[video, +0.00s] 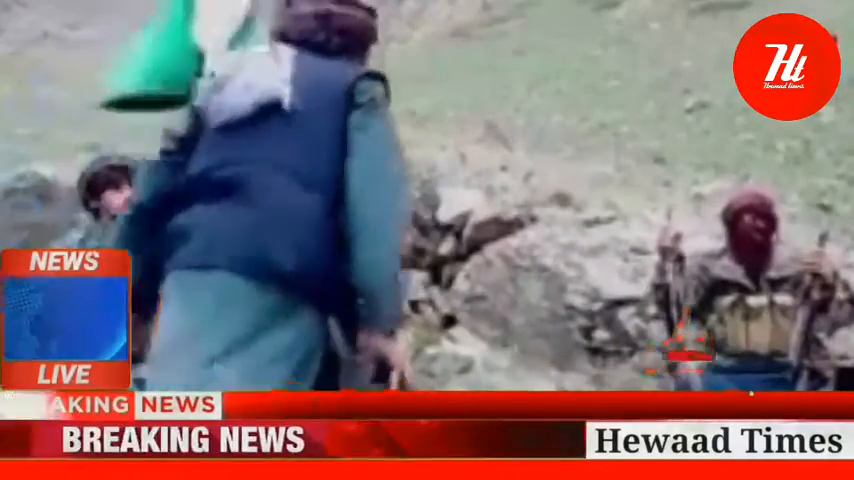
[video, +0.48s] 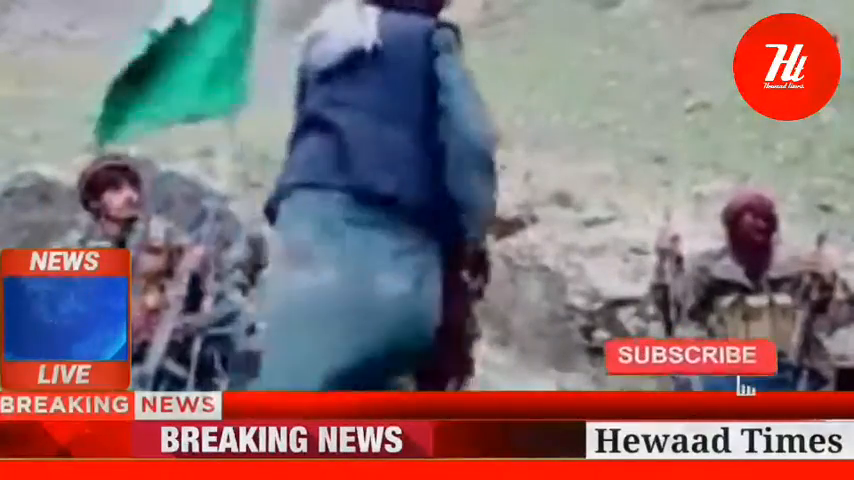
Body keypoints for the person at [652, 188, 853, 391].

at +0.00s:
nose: (759, 224)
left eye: (765, 218)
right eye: (750, 216)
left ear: (774, 227)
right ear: (732, 224)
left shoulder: (796, 270)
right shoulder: (705, 268)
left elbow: (825, 323)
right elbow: (675, 317)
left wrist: (829, 285)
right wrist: (668, 265)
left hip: (784, 373)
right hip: (723, 373)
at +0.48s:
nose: (762, 224)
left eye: (766, 217)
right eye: (752, 215)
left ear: (774, 225)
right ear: (732, 221)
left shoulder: (794, 267)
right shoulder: (706, 268)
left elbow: (827, 322)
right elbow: (673, 313)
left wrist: (828, 288)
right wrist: (667, 265)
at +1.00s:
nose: (762, 225)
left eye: (767, 219)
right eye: (753, 217)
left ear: (773, 226)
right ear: (731, 224)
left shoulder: (794, 269)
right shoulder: (703, 268)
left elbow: (831, 319)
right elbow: (675, 314)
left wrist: (827, 288)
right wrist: (665, 267)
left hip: (786, 377)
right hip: (720, 378)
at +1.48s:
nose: (755, 223)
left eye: (762, 216)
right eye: (746, 216)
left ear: (773, 226)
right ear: (730, 226)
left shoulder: (794, 267)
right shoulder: (705, 267)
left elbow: (836, 319)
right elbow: (675, 309)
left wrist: (828, 286)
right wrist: (665, 267)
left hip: (786, 372)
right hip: (721, 373)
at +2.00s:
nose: (752, 225)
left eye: (761, 217)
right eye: (743, 217)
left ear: (774, 227)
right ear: (731, 227)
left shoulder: (797, 270)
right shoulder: (706, 269)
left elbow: (835, 317)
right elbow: (676, 310)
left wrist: (830, 285)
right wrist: (664, 270)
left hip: (786, 378)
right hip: (721, 378)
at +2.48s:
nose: (754, 225)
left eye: (762, 218)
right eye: (746, 218)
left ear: (774, 227)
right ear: (733, 226)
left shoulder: (796, 269)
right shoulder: (707, 267)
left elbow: (825, 319)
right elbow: (681, 306)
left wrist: (830, 290)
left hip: (784, 373)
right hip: (721, 372)